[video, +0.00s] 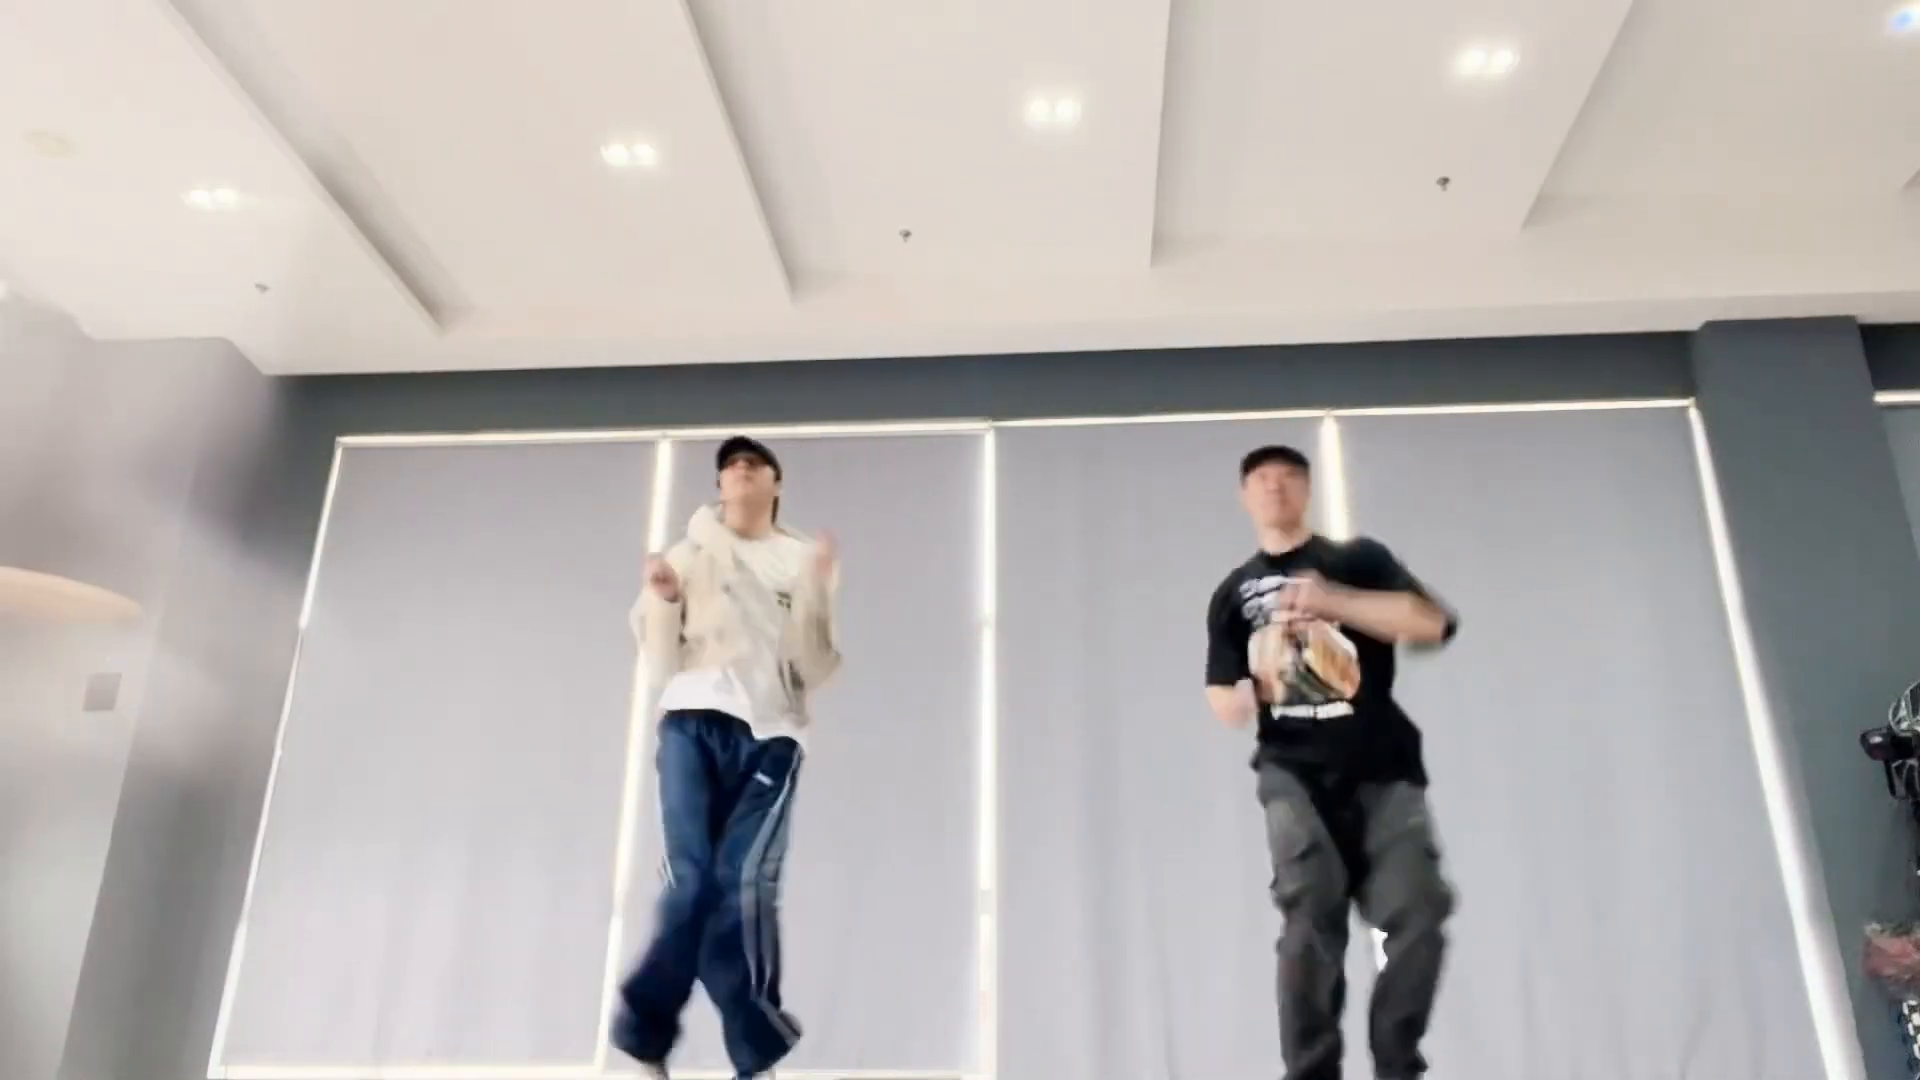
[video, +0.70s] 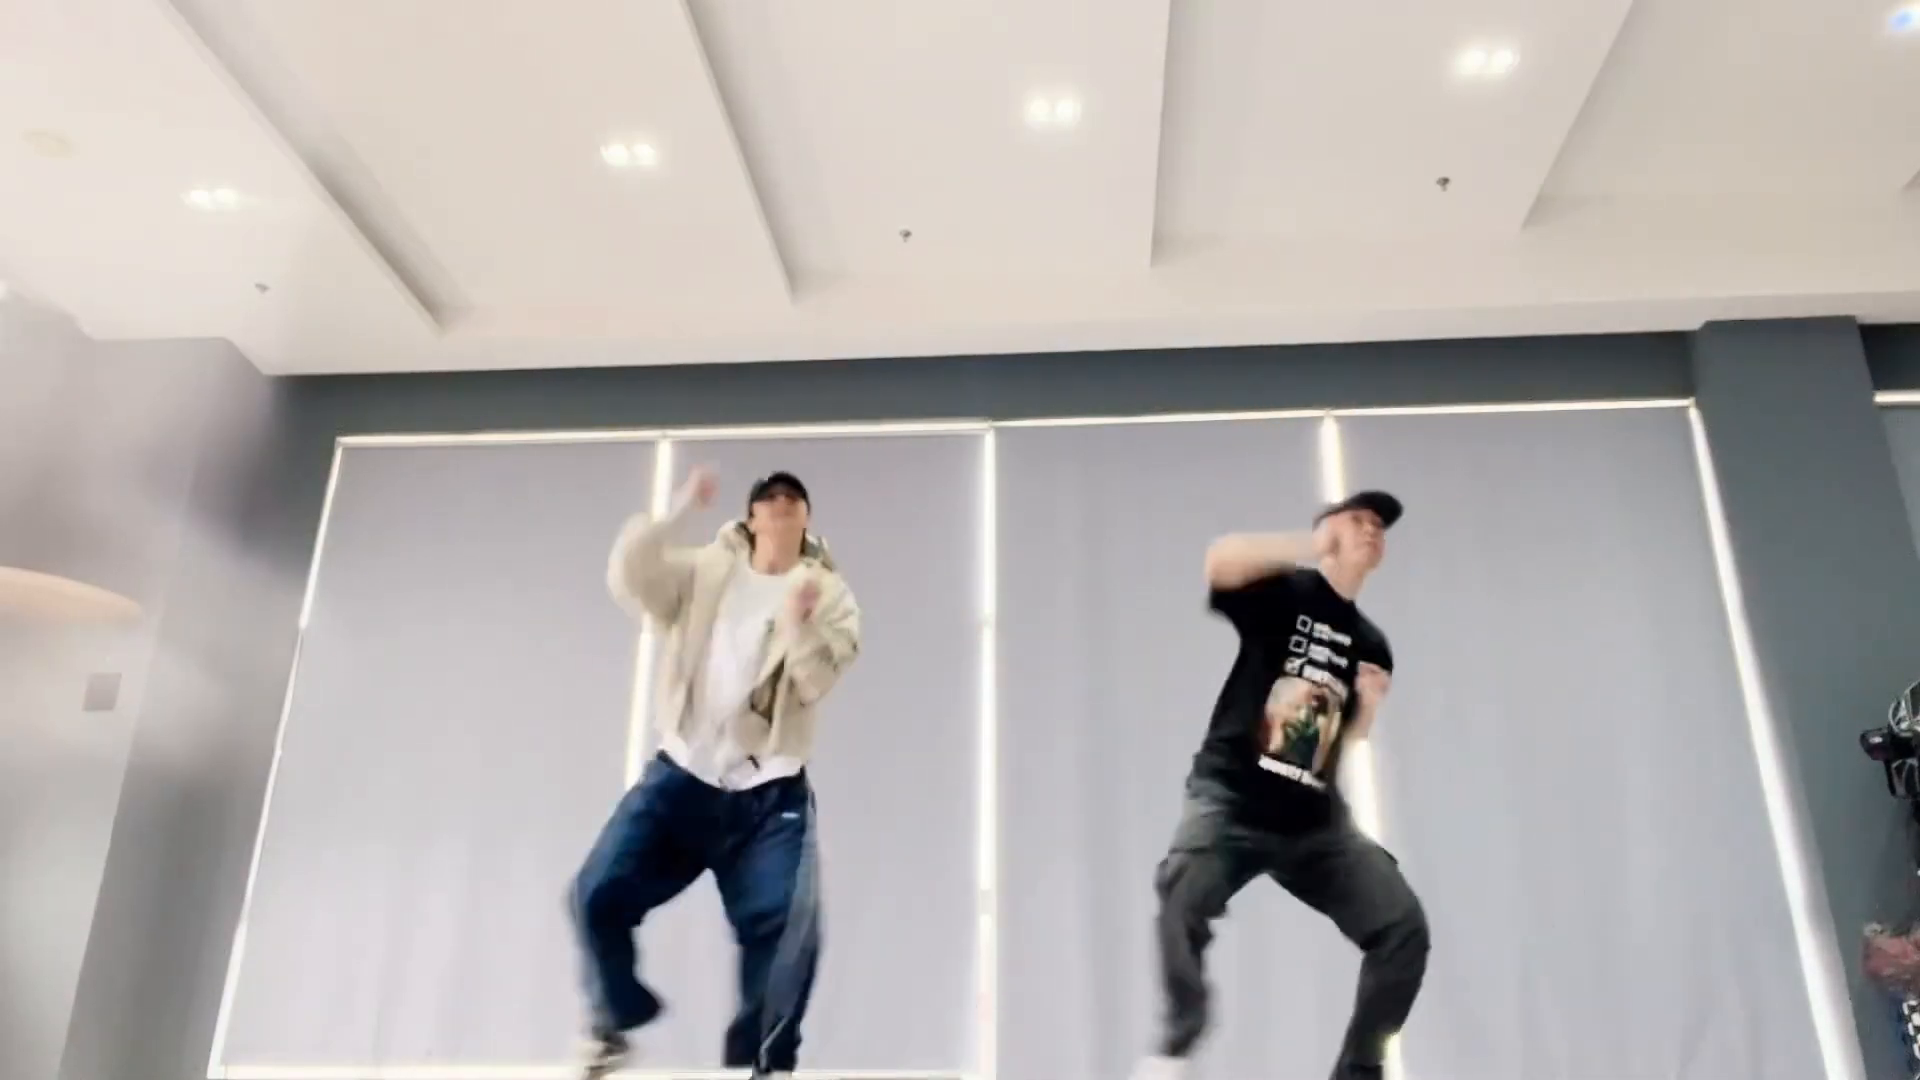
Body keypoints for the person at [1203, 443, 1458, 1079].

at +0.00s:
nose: (1276, 488)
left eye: (1289, 477)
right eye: (1261, 480)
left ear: (1308, 491)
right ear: (1246, 500)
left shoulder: (1359, 561)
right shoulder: (1234, 594)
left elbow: (1433, 624)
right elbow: (1227, 707)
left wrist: (1333, 603)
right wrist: (1270, 671)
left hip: (1380, 760)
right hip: (1292, 770)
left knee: (1419, 907)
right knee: (1311, 911)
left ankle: (1397, 1065)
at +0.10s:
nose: (1251, 510)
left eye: (1262, 498)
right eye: (1238, 505)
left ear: (1289, 506)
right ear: (1229, 527)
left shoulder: (1351, 541)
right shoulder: (1245, 609)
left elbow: (1434, 486)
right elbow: (1223, 674)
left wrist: (1376, 423)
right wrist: (1175, 663)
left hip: (1423, 773)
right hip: (1328, 796)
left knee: (1515, 867)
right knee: (1266, 890)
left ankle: (1510, 1034)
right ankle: (1305, 1063)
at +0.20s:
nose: (1263, 549)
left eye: (1272, 537)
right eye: (1249, 545)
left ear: (1299, 545)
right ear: (1242, 567)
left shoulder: (1341, 554)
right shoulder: (1258, 641)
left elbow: (1363, 457)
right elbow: (1179, 650)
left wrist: (1375, 351)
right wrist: (1091, 646)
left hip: (1460, 772)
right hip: (1381, 810)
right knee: (1283, 908)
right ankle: (1311, 1072)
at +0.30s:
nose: (1282, 566)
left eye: (1292, 556)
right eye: (1267, 563)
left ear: (1316, 569)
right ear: (1255, 589)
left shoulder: (1355, 586)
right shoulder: (1265, 665)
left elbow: (1385, 495)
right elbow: (1189, 675)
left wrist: (1371, 400)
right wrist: (1102, 654)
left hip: (1472, 802)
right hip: (1393, 835)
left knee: (1600, 939)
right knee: (1281, 914)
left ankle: (1767, 1059)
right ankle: (1309, 1071)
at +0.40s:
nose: (1289, 529)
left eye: (1301, 520)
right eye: (1276, 520)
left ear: (1318, 534)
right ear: (1253, 540)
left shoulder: (1357, 573)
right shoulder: (1250, 631)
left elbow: (1462, 581)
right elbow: (1248, 713)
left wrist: (1432, 539)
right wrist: (1212, 717)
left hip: (1443, 805)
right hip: (1346, 817)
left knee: (1556, 918)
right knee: (1253, 913)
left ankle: (1709, 1052)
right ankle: (1303, 1068)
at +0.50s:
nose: (1305, 502)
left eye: (1315, 495)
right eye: (1291, 492)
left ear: (1326, 513)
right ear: (1260, 509)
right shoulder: (1243, 616)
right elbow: (1262, 720)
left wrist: (1425, 667)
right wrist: (1273, 753)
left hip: (1403, 785)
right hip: (1313, 796)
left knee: (1476, 893)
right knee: (1258, 909)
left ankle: (1590, 1053)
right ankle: (1307, 1071)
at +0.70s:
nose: (1373, 533)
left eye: (1379, 529)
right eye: (1360, 522)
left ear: (1381, 551)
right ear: (1326, 534)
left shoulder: (1371, 645)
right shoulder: (1281, 590)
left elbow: (1353, 735)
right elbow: (1219, 565)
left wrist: (1363, 706)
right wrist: (1310, 544)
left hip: (1313, 821)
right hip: (1231, 803)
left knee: (1402, 930)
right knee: (1186, 887)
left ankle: (1359, 1068)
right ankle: (1183, 1028)